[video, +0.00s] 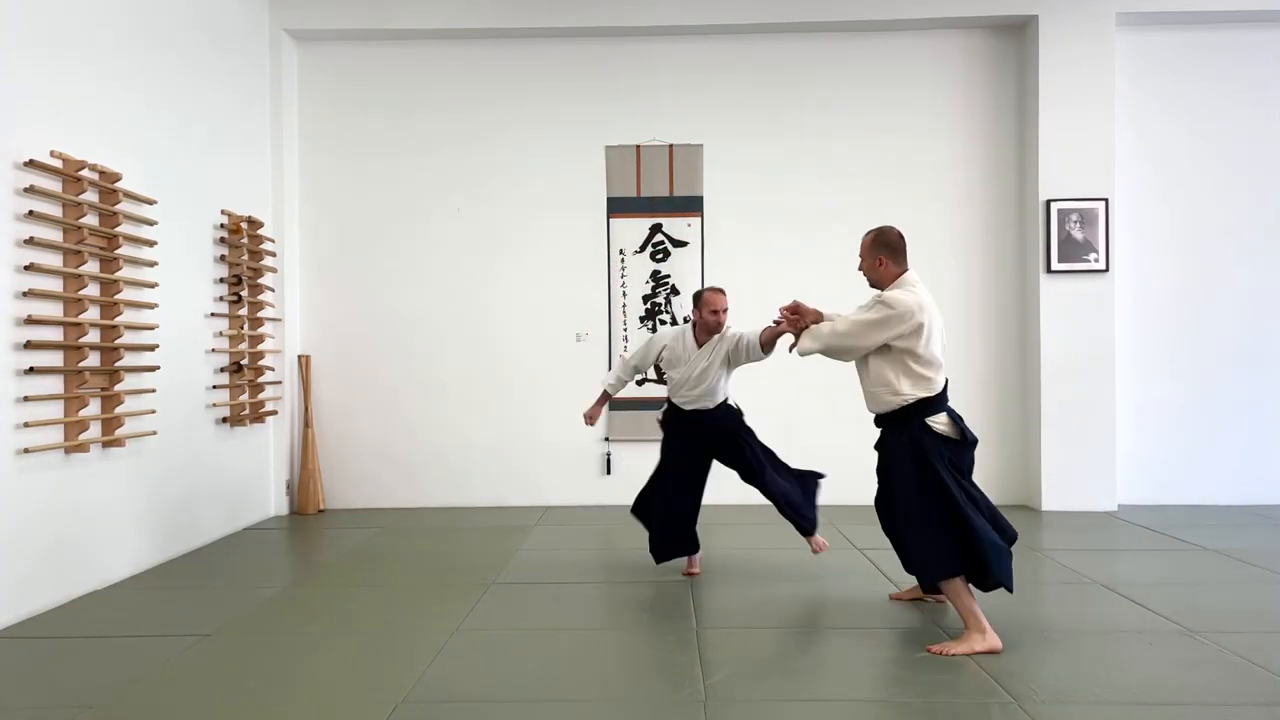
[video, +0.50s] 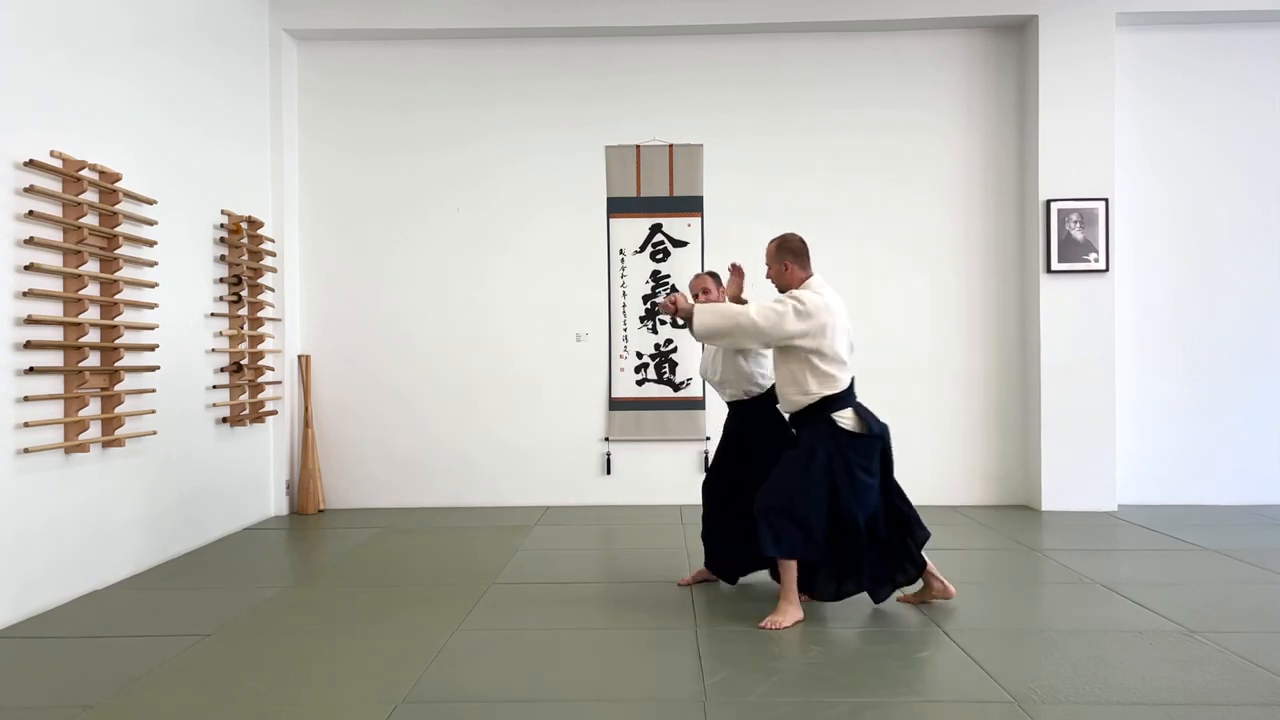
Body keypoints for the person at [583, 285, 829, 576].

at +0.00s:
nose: (721, 318)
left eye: (724, 312)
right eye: (714, 312)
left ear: (727, 313)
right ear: (696, 314)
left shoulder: (729, 343)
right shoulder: (667, 341)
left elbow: (757, 342)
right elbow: (628, 368)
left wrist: (779, 328)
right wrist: (598, 403)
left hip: (720, 421)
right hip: (681, 425)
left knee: (763, 473)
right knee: (679, 492)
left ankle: (806, 527)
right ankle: (691, 550)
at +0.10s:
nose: (716, 317)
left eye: (720, 310)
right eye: (709, 312)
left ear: (725, 310)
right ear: (694, 314)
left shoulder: (734, 338)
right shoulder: (677, 343)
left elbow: (754, 350)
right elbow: (643, 367)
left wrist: (769, 333)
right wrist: (613, 390)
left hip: (744, 424)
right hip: (708, 428)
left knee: (779, 492)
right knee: (694, 495)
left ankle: (810, 564)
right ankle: (707, 555)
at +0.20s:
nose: (722, 313)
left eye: (727, 306)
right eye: (715, 309)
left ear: (738, 306)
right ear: (708, 314)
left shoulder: (755, 337)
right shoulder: (703, 343)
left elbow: (755, 354)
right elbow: (680, 369)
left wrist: (745, 343)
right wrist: (655, 386)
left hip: (761, 430)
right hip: (727, 430)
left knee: (777, 508)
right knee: (696, 493)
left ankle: (806, 584)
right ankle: (714, 547)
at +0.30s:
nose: (718, 305)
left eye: (723, 298)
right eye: (714, 300)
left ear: (742, 297)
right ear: (711, 305)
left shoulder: (762, 330)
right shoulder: (719, 340)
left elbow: (764, 355)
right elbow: (721, 380)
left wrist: (733, 336)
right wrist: (702, 391)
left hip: (771, 426)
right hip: (737, 426)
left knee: (787, 503)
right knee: (706, 483)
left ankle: (809, 581)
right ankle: (707, 560)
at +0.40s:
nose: (714, 302)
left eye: (719, 294)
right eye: (707, 297)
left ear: (735, 294)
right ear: (702, 303)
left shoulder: (752, 323)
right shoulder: (714, 332)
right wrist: (735, 405)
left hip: (775, 418)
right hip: (742, 420)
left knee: (791, 495)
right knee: (714, 487)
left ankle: (816, 573)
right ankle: (710, 566)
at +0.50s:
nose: (700, 299)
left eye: (707, 291)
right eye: (695, 295)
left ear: (724, 293)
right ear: (692, 304)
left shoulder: (742, 321)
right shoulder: (706, 332)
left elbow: (748, 334)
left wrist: (737, 303)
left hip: (765, 416)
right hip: (737, 418)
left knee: (773, 491)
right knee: (716, 488)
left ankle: (787, 570)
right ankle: (714, 565)